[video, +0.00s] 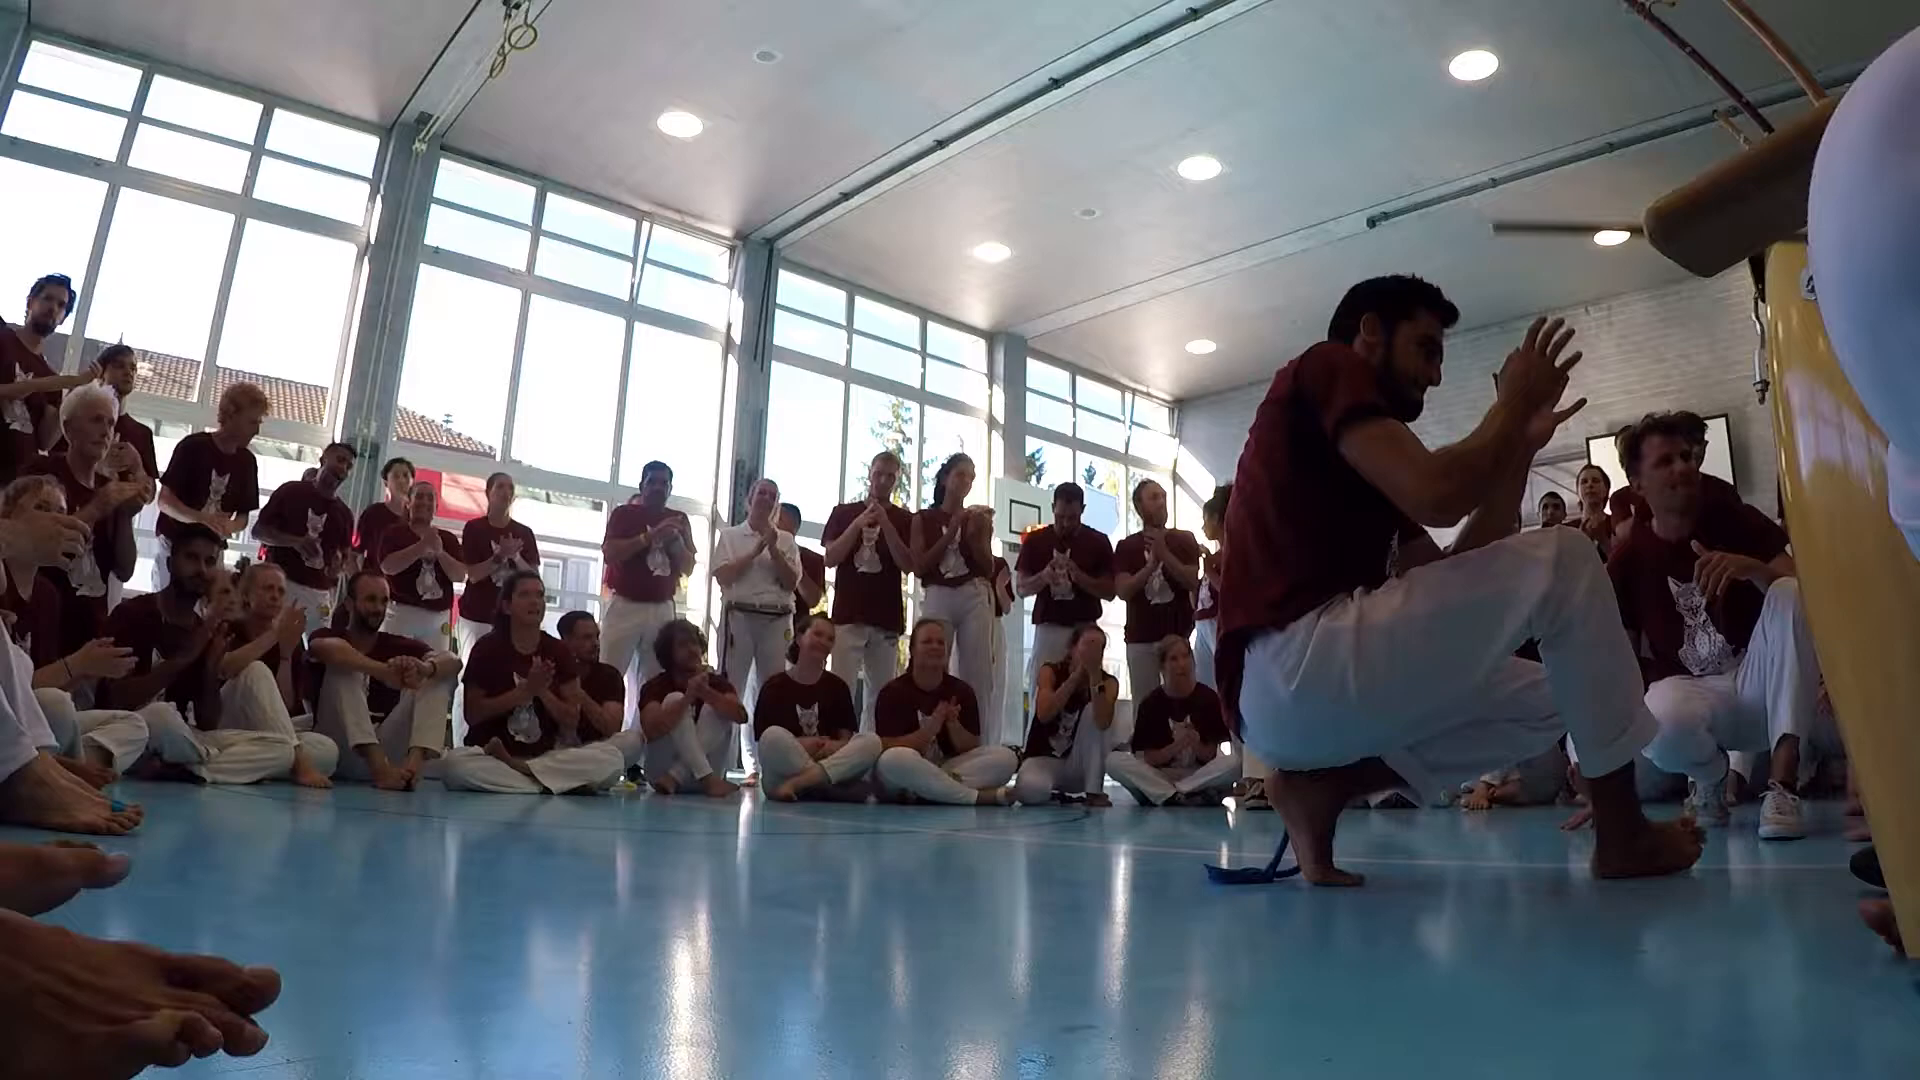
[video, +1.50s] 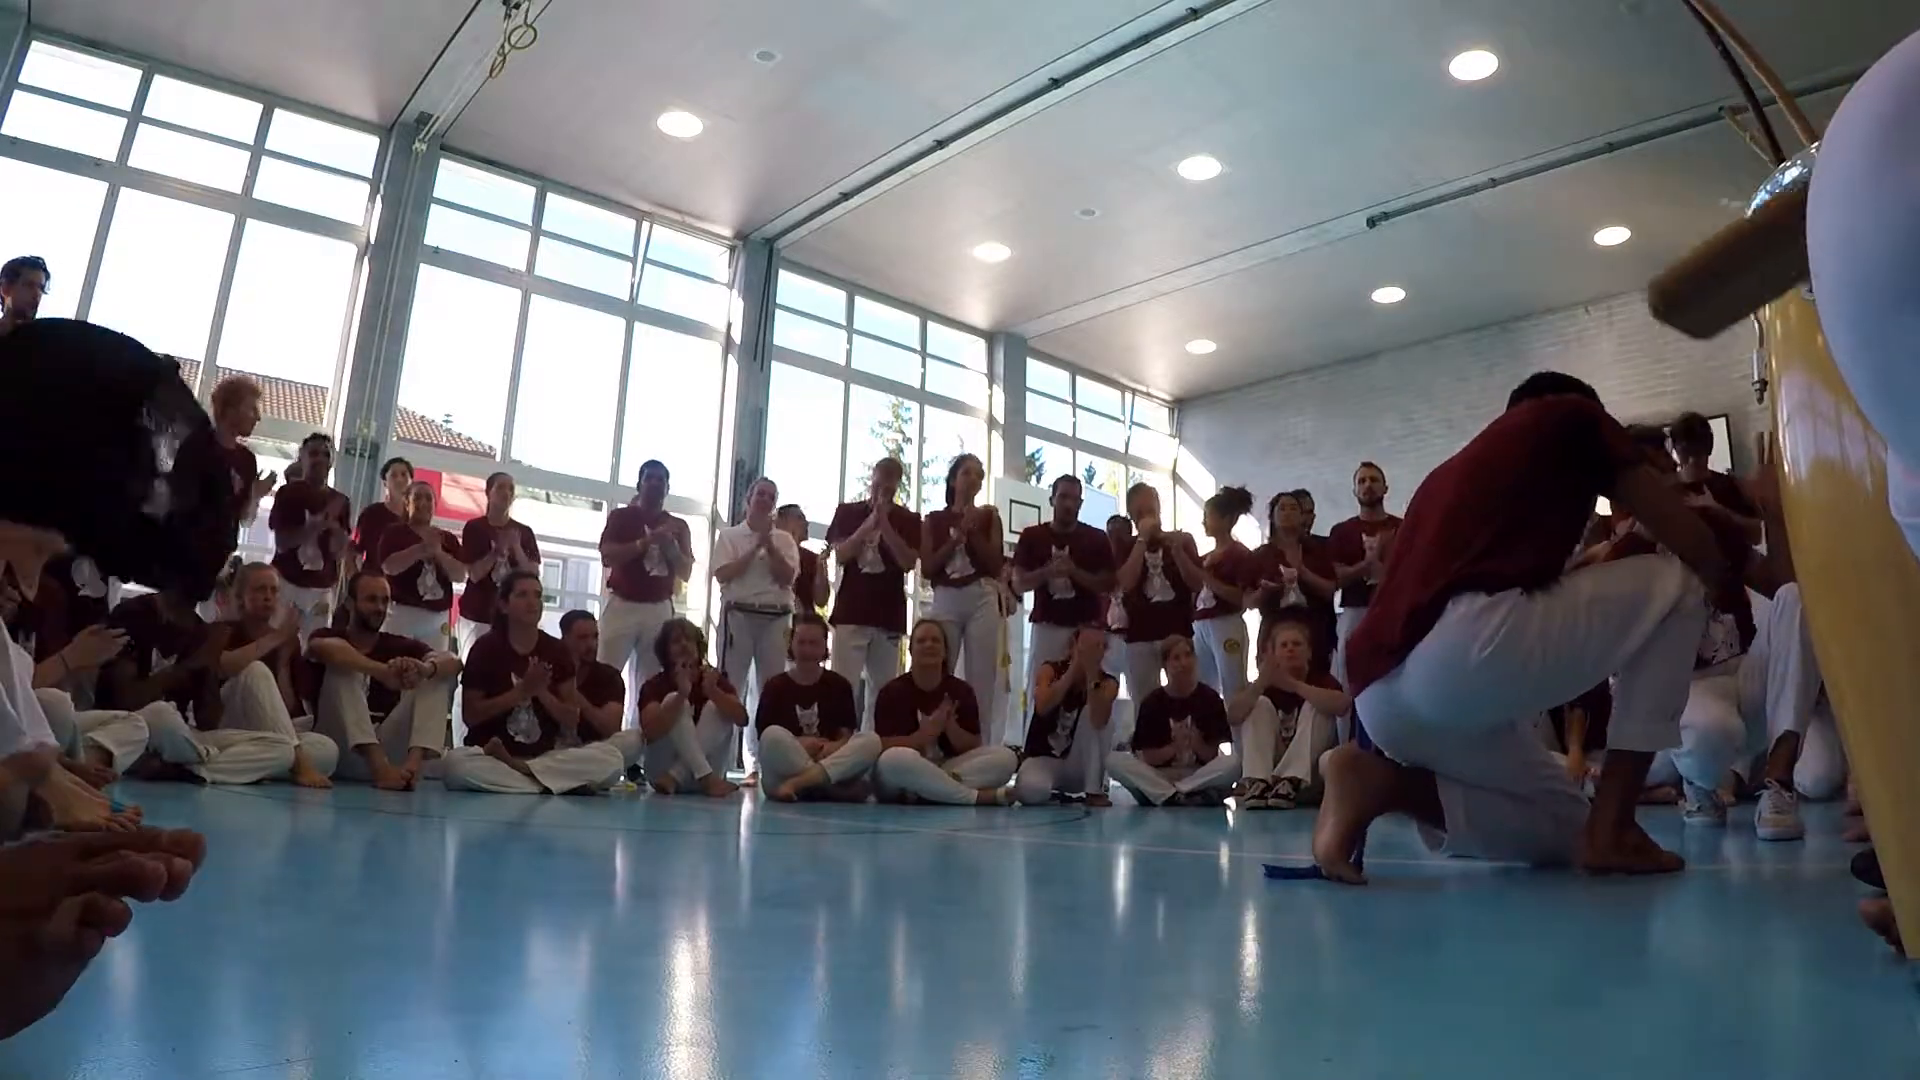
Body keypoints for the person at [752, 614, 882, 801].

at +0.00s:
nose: (823, 642)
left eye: (829, 640)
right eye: (817, 635)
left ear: (833, 648)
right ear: (799, 638)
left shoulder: (838, 687)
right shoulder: (774, 685)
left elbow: (846, 740)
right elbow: (764, 739)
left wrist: (832, 747)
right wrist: (806, 744)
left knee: (872, 742)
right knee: (772, 736)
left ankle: (796, 785)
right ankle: (835, 789)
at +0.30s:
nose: (814, 642)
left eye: (820, 637)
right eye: (809, 636)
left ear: (827, 643)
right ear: (794, 641)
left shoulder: (838, 685)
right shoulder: (775, 686)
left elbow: (847, 738)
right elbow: (765, 738)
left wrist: (834, 747)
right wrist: (805, 745)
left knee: (871, 741)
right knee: (773, 736)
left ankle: (796, 785)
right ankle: (835, 789)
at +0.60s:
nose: (808, 643)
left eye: (815, 640)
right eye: (803, 639)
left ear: (830, 647)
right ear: (795, 645)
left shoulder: (841, 687)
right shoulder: (778, 685)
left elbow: (846, 739)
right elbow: (766, 738)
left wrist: (831, 748)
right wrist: (809, 744)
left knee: (871, 741)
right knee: (772, 736)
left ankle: (796, 785)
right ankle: (832, 788)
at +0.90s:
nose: (817, 652)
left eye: (824, 647)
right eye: (811, 644)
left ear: (832, 651)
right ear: (799, 642)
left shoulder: (839, 686)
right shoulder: (777, 684)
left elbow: (846, 739)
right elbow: (765, 737)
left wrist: (832, 748)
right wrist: (807, 745)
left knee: (871, 742)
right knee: (773, 735)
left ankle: (796, 785)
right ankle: (833, 789)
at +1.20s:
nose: (819, 653)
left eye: (825, 647)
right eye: (812, 646)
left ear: (829, 648)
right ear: (795, 644)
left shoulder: (837, 685)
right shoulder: (775, 685)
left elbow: (846, 737)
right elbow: (763, 738)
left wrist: (833, 747)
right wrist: (802, 744)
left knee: (872, 742)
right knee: (772, 736)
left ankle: (796, 785)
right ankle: (833, 789)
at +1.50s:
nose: (806, 649)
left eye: (813, 643)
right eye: (801, 642)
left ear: (825, 648)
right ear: (791, 646)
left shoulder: (839, 685)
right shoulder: (776, 685)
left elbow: (846, 736)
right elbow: (765, 736)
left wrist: (834, 748)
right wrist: (803, 744)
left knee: (872, 741)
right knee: (772, 736)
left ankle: (796, 784)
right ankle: (833, 789)